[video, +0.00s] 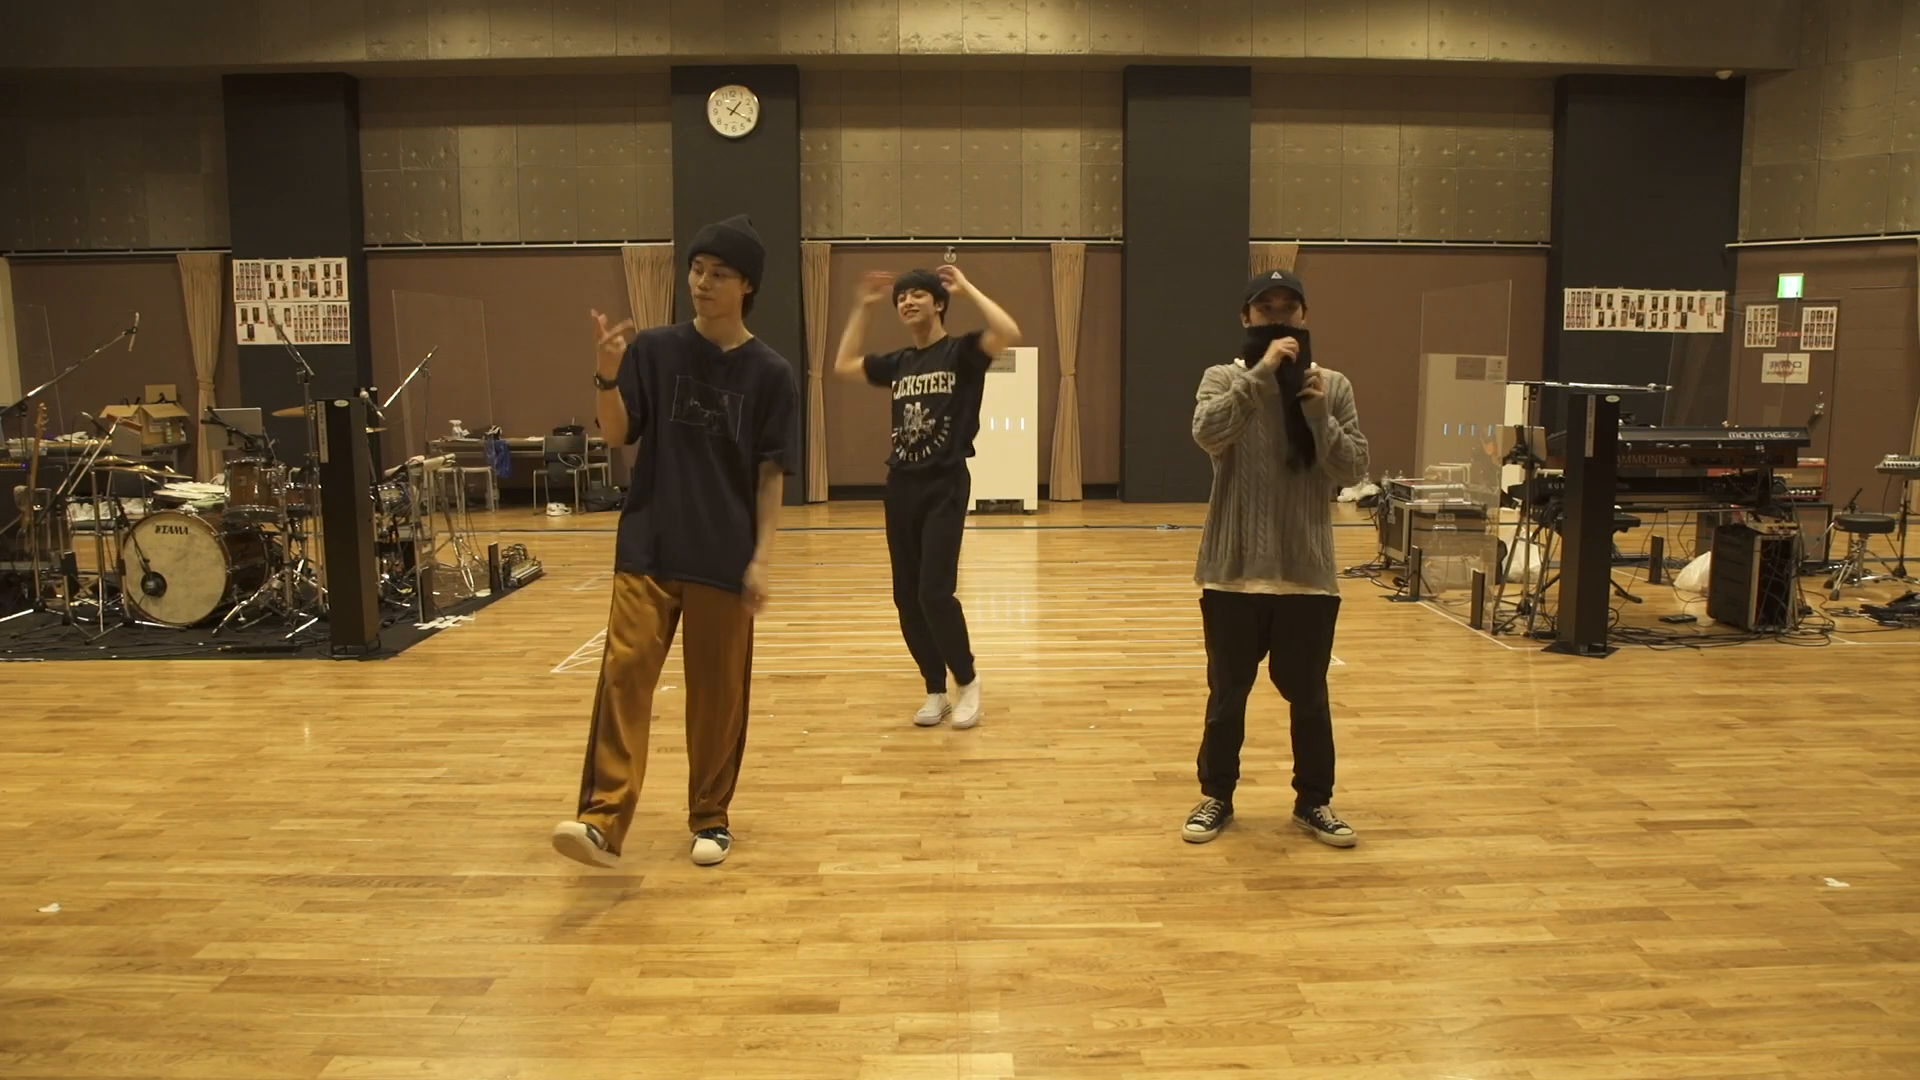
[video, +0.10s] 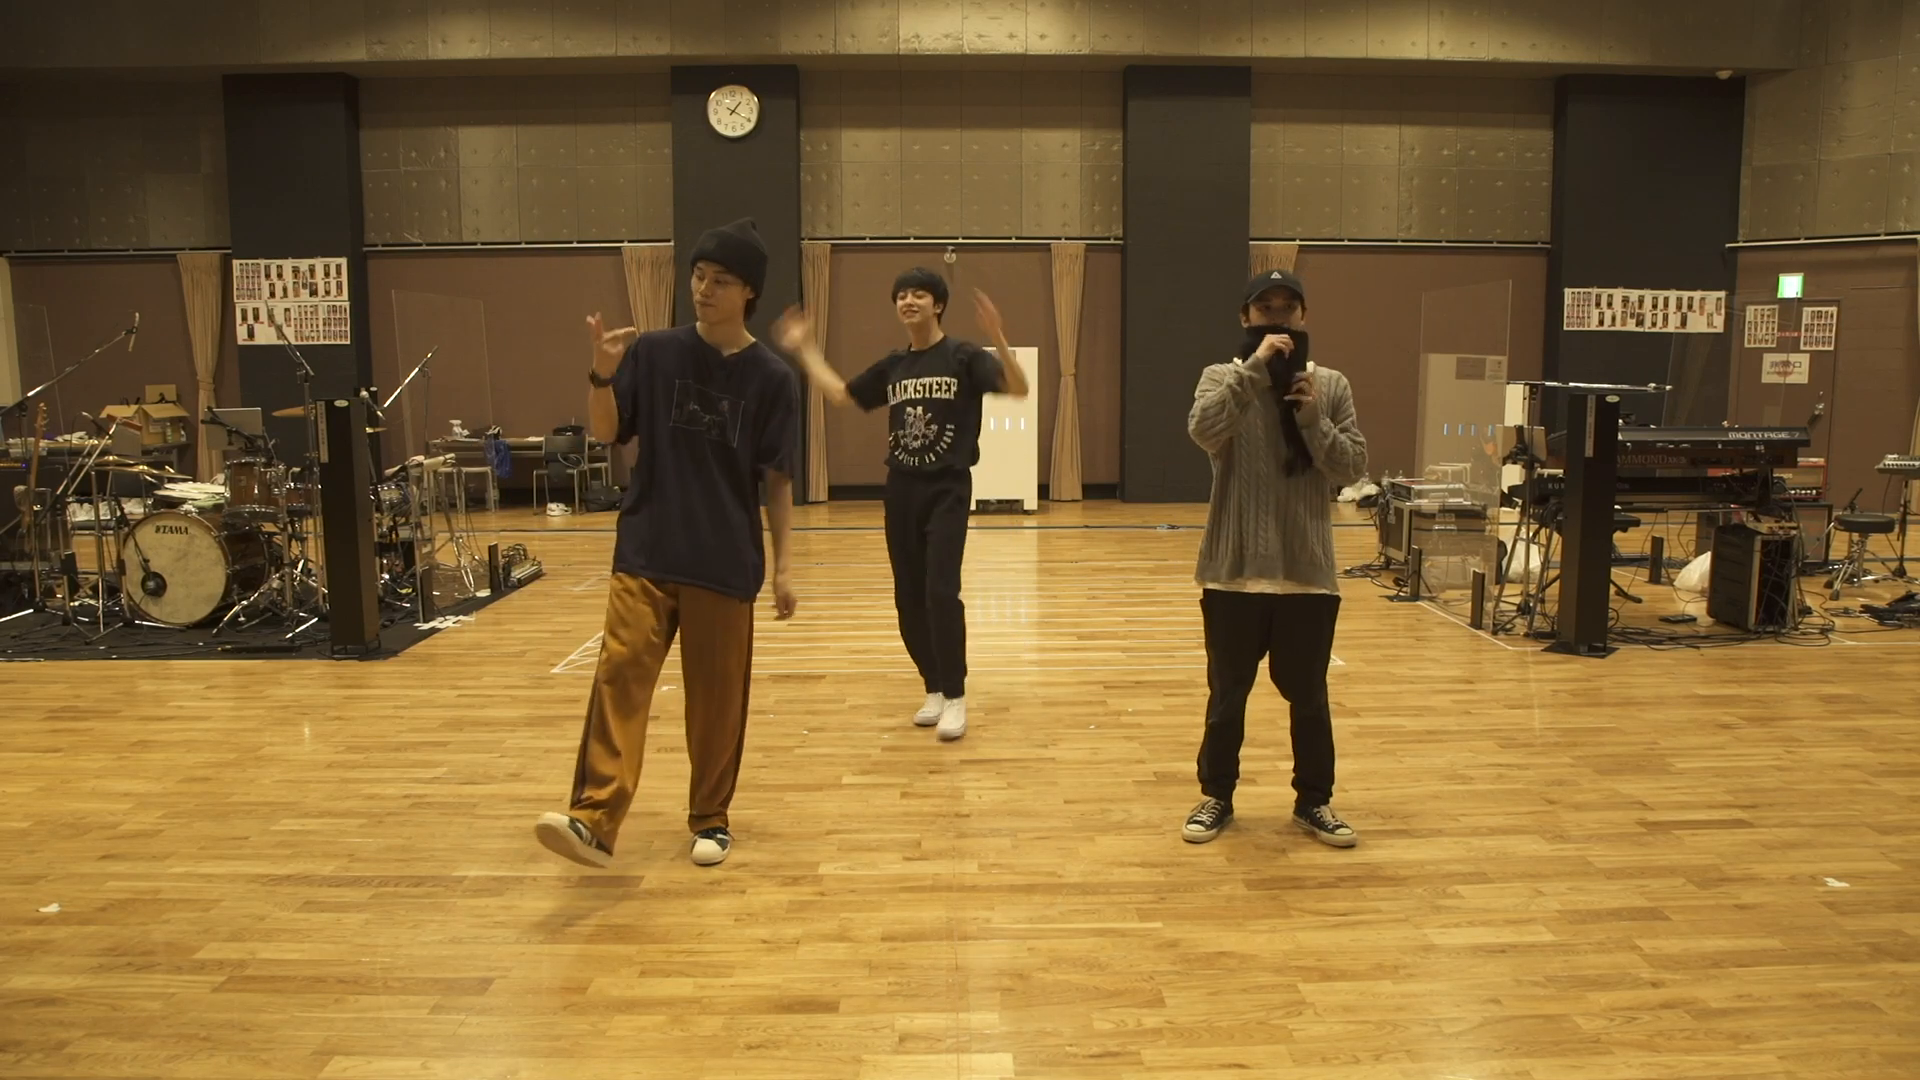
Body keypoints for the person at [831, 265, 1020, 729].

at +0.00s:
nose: (908, 301)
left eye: (918, 294)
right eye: (902, 297)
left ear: (940, 303)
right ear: (897, 310)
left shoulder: (964, 350)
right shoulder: (898, 362)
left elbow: (1009, 335)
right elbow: (844, 366)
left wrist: (967, 287)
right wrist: (864, 305)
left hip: (945, 486)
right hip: (902, 488)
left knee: (935, 592)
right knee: (908, 595)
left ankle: (966, 683)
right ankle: (936, 691)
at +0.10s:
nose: (909, 301)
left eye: (919, 294)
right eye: (902, 296)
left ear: (939, 305)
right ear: (895, 308)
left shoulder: (966, 356)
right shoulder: (893, 366)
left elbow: (1018, 386)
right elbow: (841, 395)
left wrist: (999, 338)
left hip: (947, 492)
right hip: (901, 493)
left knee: (941, 592)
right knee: (910, 595)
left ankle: (954, 696)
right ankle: (935, 689)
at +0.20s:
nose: (912, 300)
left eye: (923, 294)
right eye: (906, 294)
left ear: (941, 305)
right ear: (898, 305)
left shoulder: (965, 360)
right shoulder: (887, 369)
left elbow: (1001, 408)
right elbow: (841, 411)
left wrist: (1013, 423)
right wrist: (790, 423)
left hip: (950, 492)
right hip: (901, 492)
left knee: (949, 594)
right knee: (910, 595)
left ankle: (950, 703)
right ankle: (933, 685)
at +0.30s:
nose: (917, 299)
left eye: (929, 295)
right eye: (912, 291)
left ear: (944, 310)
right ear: (901, 301)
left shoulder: (964, 364)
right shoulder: (884, 368)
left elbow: (979, 434)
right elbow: (873, 440)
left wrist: (978, 489)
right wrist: (866, 496)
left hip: (951, 492)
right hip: (900, 494)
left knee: (954, 588)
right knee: (911, 594)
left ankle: (959, 692)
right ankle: (933, 689)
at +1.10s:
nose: (985, 320)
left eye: (998, 322)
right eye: (986, 308)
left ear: (1008, 335)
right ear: (975, 303)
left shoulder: (1010, 382)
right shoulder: (921, 359)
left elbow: (1034, 441)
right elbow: (884, 413)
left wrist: (1009, 490)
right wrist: (871, 470)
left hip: (972, 510)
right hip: (918, 504)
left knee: (974, 617)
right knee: (904, 608)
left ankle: (969, 719)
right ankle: (912, 681)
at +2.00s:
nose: (930, 350)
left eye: (939, 343)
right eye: (925, 340)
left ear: (952, 340)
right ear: (911, 331)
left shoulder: (969, 380)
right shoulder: (885, 379)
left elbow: (978, 445)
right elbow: (875, 447)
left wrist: (965, 503)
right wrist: (883, 503)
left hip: (951, 507)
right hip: (899, 508)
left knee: (961, 606)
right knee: (906, 603)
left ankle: (971, 705)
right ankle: (926, 688)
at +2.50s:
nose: (873, 312)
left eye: (880, 303)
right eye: (864, 307)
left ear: (898, 309)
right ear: (856, 318)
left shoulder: (929, 355)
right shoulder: (865, 378)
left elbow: (971, 412)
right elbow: (861, 433)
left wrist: (961, 474)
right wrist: (844, 453)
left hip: (939, 489)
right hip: (894, 496)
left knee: (965, 578)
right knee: (904, 586)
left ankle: (1000, 656)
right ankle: (918, 683)